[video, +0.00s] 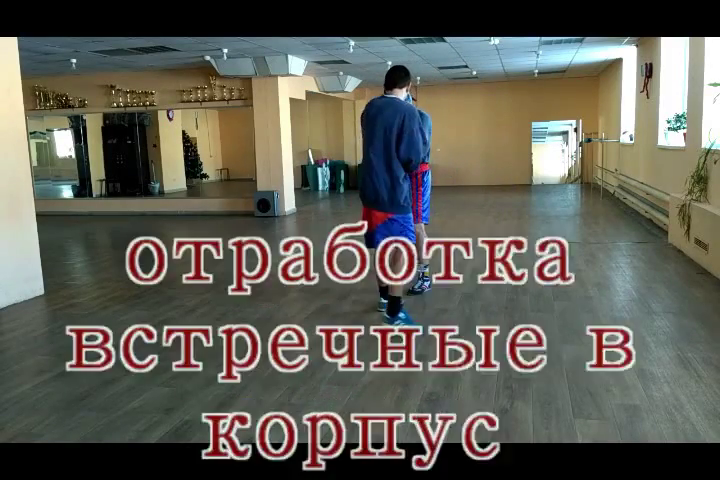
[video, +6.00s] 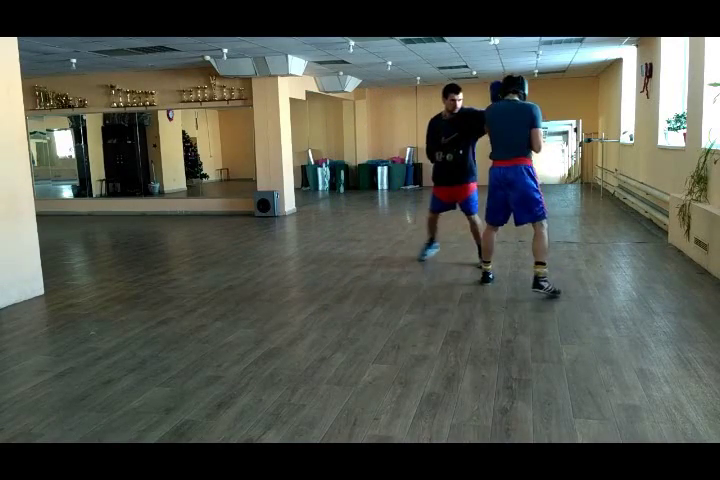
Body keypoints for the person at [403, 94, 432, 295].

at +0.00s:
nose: (404, 102)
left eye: (405, 99)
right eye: (404, 98)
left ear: (410, 99)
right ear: (408, 97)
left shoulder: (421, 118)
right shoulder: (398, 119)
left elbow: (421, 150)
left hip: (419, 172)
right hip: (401, 171)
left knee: (417, 224)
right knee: (404, 221)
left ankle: (423, 273)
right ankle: (407, 268)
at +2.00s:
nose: (443, 107)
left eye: (444, 103)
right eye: (442, 104)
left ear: (450, 101)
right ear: (456, 99)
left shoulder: (467, 113)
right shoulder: (462, 113)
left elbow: (441, 136)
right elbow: (439, 136)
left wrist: (442, 112)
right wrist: (441, 116)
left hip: (470, 168)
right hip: (476, 166)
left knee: (466, 220)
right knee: (478, 217)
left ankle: (469, 271)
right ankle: (486, 258)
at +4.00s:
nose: (488, 102)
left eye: (488, 99)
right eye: (487, 99)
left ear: (491, 98)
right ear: (509, 96)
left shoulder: (492, 113)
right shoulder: (528, 118)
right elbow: (525, 151)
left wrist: (478, 146)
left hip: (494, 173)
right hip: (518, 173)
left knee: (473, 221)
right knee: (530, 222)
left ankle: (463, 270)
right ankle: (545, 270)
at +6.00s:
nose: (526, 96)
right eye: (525, 93)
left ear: (503, 91)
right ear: (523, 93)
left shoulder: (491, 110)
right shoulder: (531, 109)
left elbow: (491, 138)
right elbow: (537, 146)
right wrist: (522, 134)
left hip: (497, 172)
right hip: (521, 170)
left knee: (491, 225)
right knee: (540, 225)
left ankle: (486, 272)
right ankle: (540, 278)